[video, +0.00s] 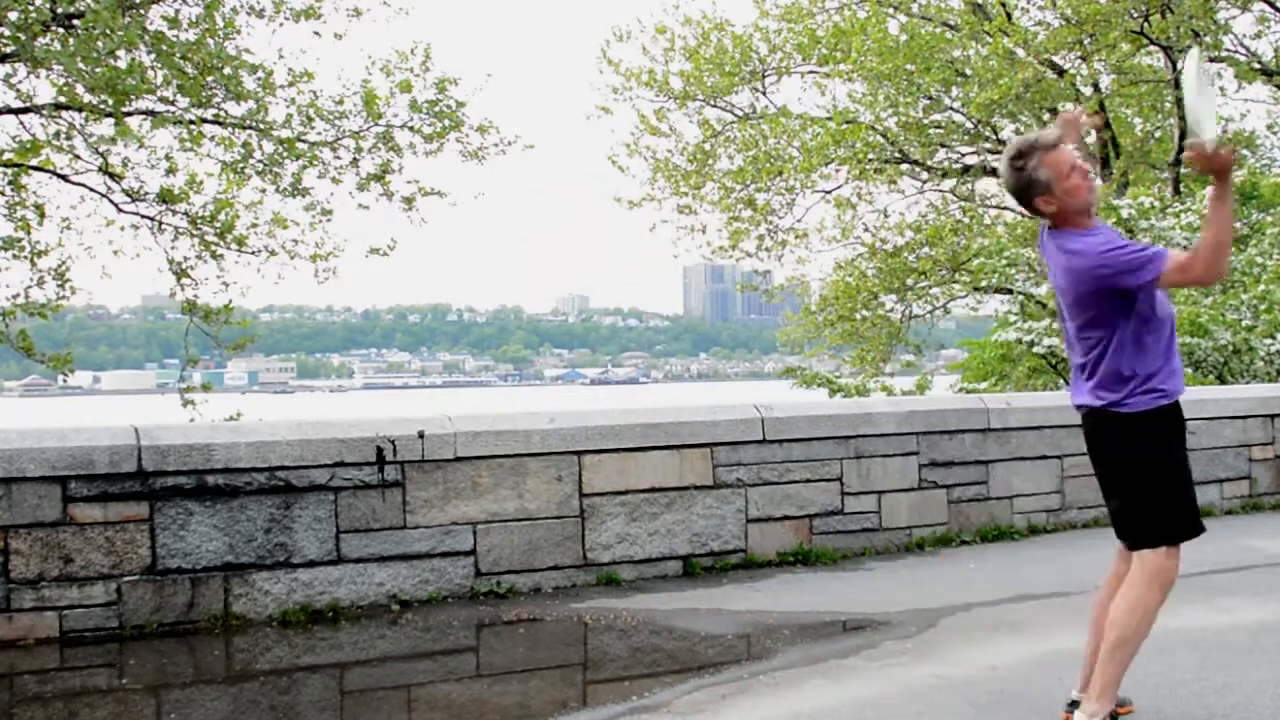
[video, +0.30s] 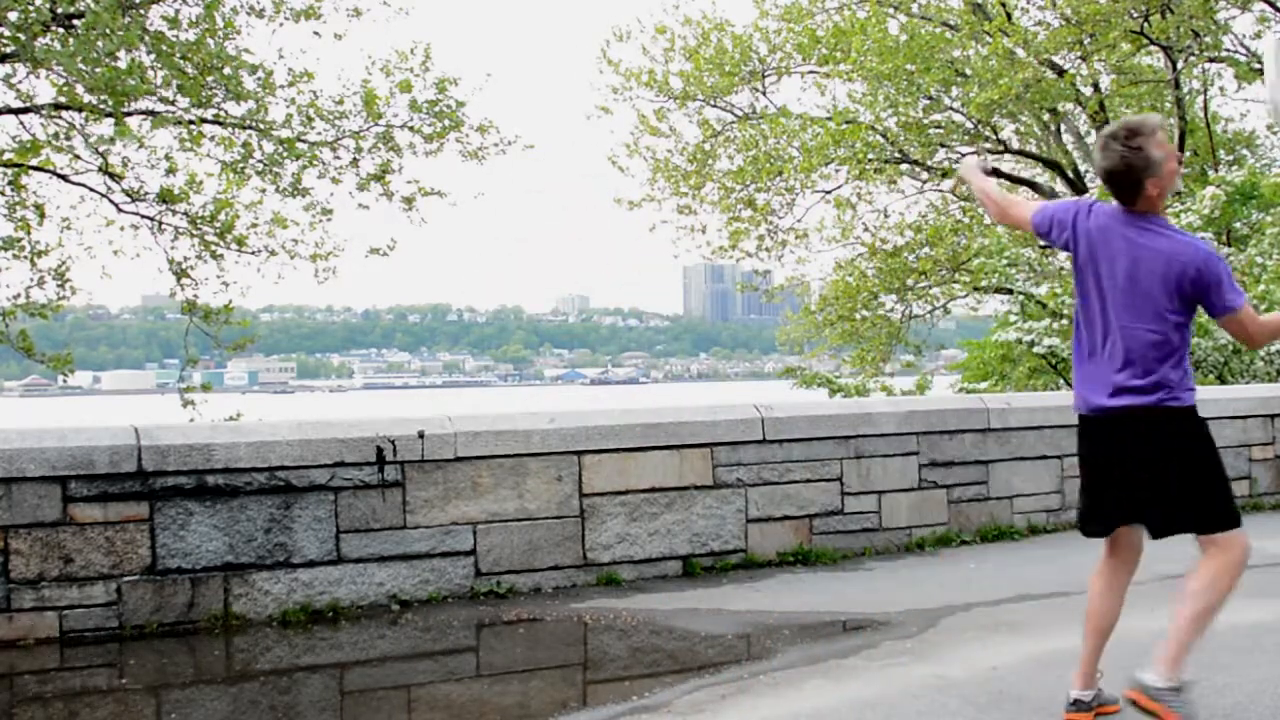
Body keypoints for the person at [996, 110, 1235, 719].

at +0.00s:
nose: (1084, 168)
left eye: (1079, 160)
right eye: (1072, 170)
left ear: (1052, 201)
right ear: (1049, 202)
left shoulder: (1061, 236)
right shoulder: (1095, 254)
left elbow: (1069, 188)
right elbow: (1207, 269)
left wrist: (1066, 137)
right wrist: (1222, 181)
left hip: (1112, 412)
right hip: (1137, 416)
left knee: (1133, 558)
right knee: (1159, 563)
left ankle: (1088, 695)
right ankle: (1096, 706)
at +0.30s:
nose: (1179, 158)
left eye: (1173, 151)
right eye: (1171, 155)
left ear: (1124, 181)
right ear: (1152, 184)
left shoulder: (1083, 219)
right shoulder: (1191, 256)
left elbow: (1005, 209)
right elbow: (1253, 332)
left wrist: (972, 172)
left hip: (1099, 422)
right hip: (1168, 422)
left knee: (1121, 549)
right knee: (1227, 547)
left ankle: (1082, 689)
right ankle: (1161, 676)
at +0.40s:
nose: (1203, 182)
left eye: (1199, 174)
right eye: (1200, 177)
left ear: (1139, 183)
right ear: (1188, 192)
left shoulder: (1102, 224)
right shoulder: (1216, 264)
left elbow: (1026, 215)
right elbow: (1268, 324)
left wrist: (991, 184)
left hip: (1114, 429)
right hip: (1189, 427)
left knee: (1121, 551)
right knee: (1250, 549)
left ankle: (1084, 688)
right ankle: (1243, 689)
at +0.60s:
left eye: (1227, 183)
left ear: (1217, 206)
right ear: (1273, 217)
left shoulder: (1174, 255)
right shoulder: (1272, 268)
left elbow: (1087, 220)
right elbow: (1260, 217)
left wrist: (1048, 170)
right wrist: (1256, 163)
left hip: (1168, 436)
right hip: (1244, 436)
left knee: (1143, 551)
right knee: (1270, 567)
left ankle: (1094, 684)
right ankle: (1279, 707)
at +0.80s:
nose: (1271, 188)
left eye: (1274, 182)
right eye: (1272, 181)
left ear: (1276, 192)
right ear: (1273, 195)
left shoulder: (1239, 250)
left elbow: (1129, 258)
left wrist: (1033, 234)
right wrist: (1190, 279)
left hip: (1214, 427)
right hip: (1274, 438)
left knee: (1159, 543)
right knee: (1279, 574)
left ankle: (1128, 687)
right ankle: (1277, 706)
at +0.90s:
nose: (1269, 179)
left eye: (1273, 172)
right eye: (1273, 171)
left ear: (1278, 178)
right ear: (1277, 181)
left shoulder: (1256, 245)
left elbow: (1149, 282)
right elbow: (1267, 313)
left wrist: (1059, 300)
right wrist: (1211, 329)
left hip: (1232, 422)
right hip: (1277, 429)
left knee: (1167, 543)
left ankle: (1159, 687)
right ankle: (1279, 705)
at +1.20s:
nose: (1262, 157)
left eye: (1274, 147)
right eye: (1259, 145)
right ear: (1254, 145)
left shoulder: (1273, 218)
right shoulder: (1262, 219)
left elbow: (1184, 241)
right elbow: (1268, 315)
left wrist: (1077, 262)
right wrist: (1222, 373)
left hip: (1262, 406)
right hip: (1266, 405)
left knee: (1228, 572)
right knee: (1278, 564)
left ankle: (1279, 704)